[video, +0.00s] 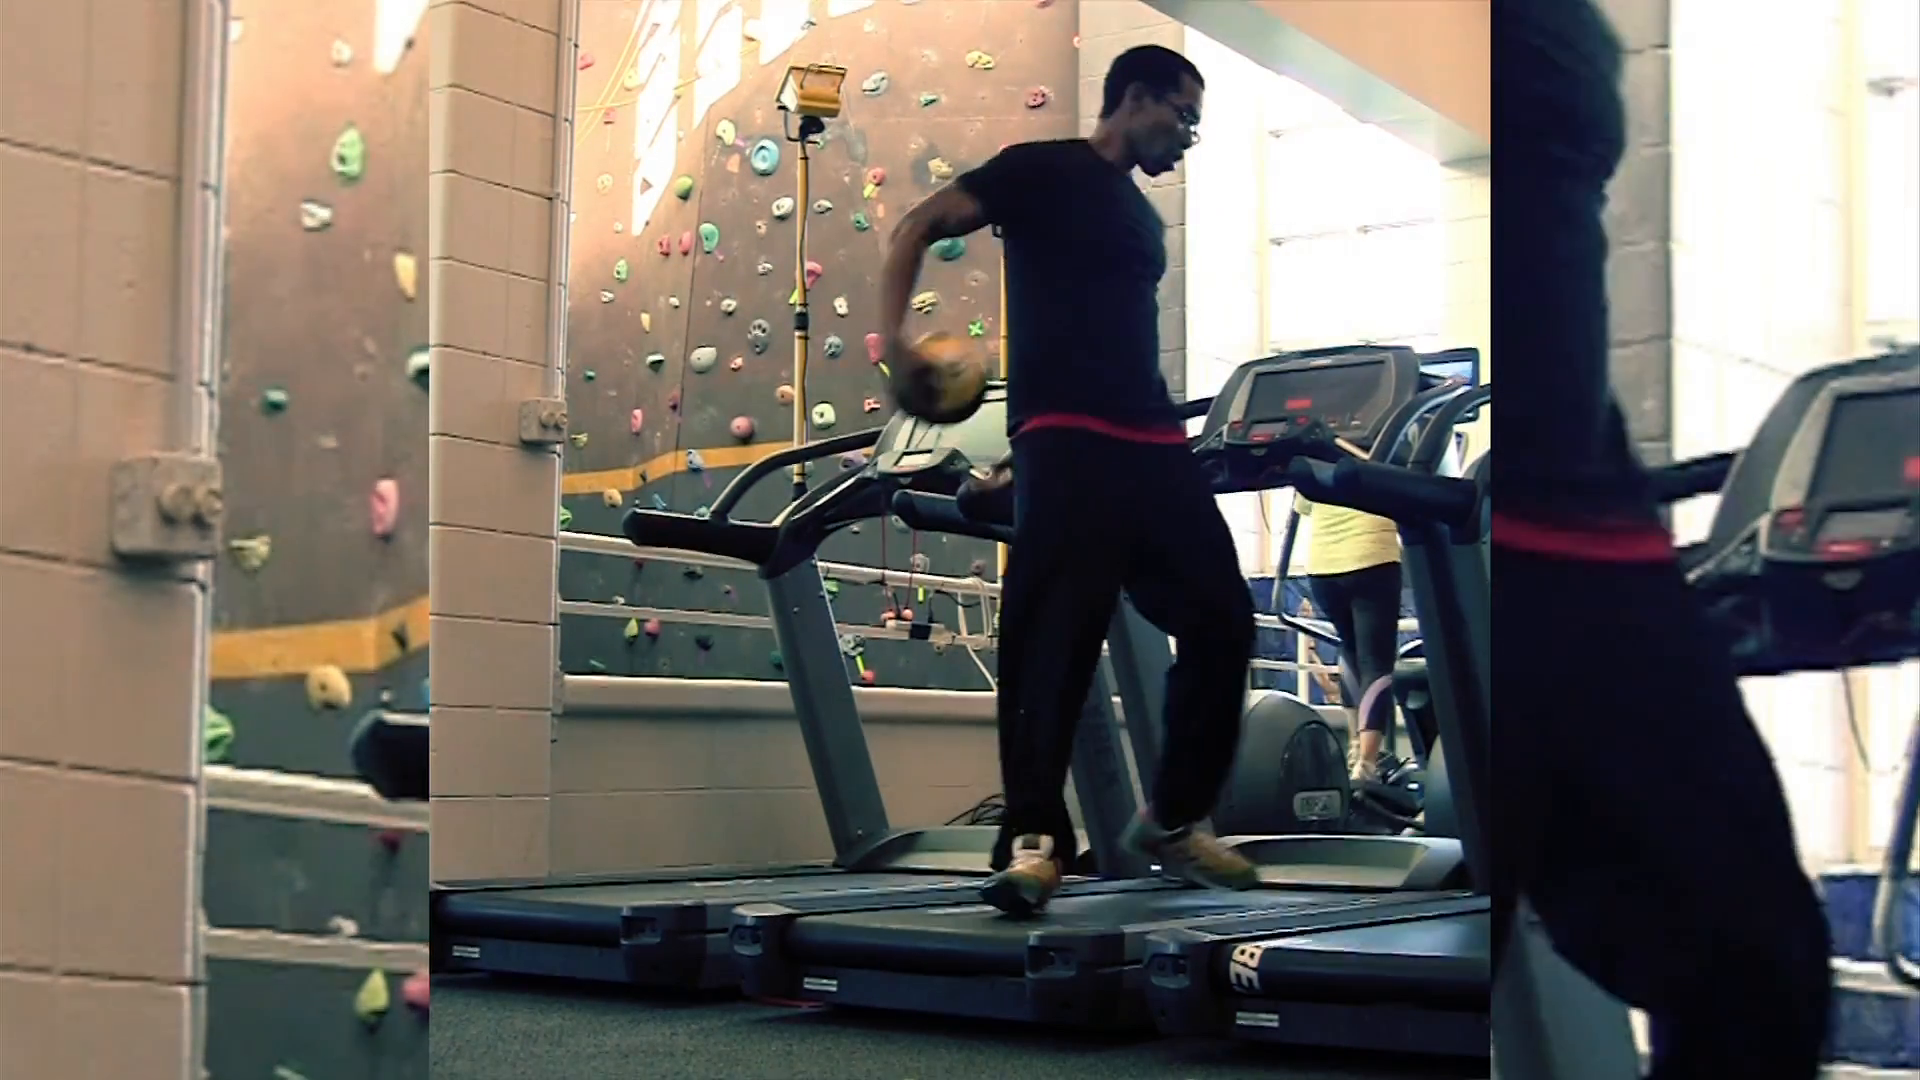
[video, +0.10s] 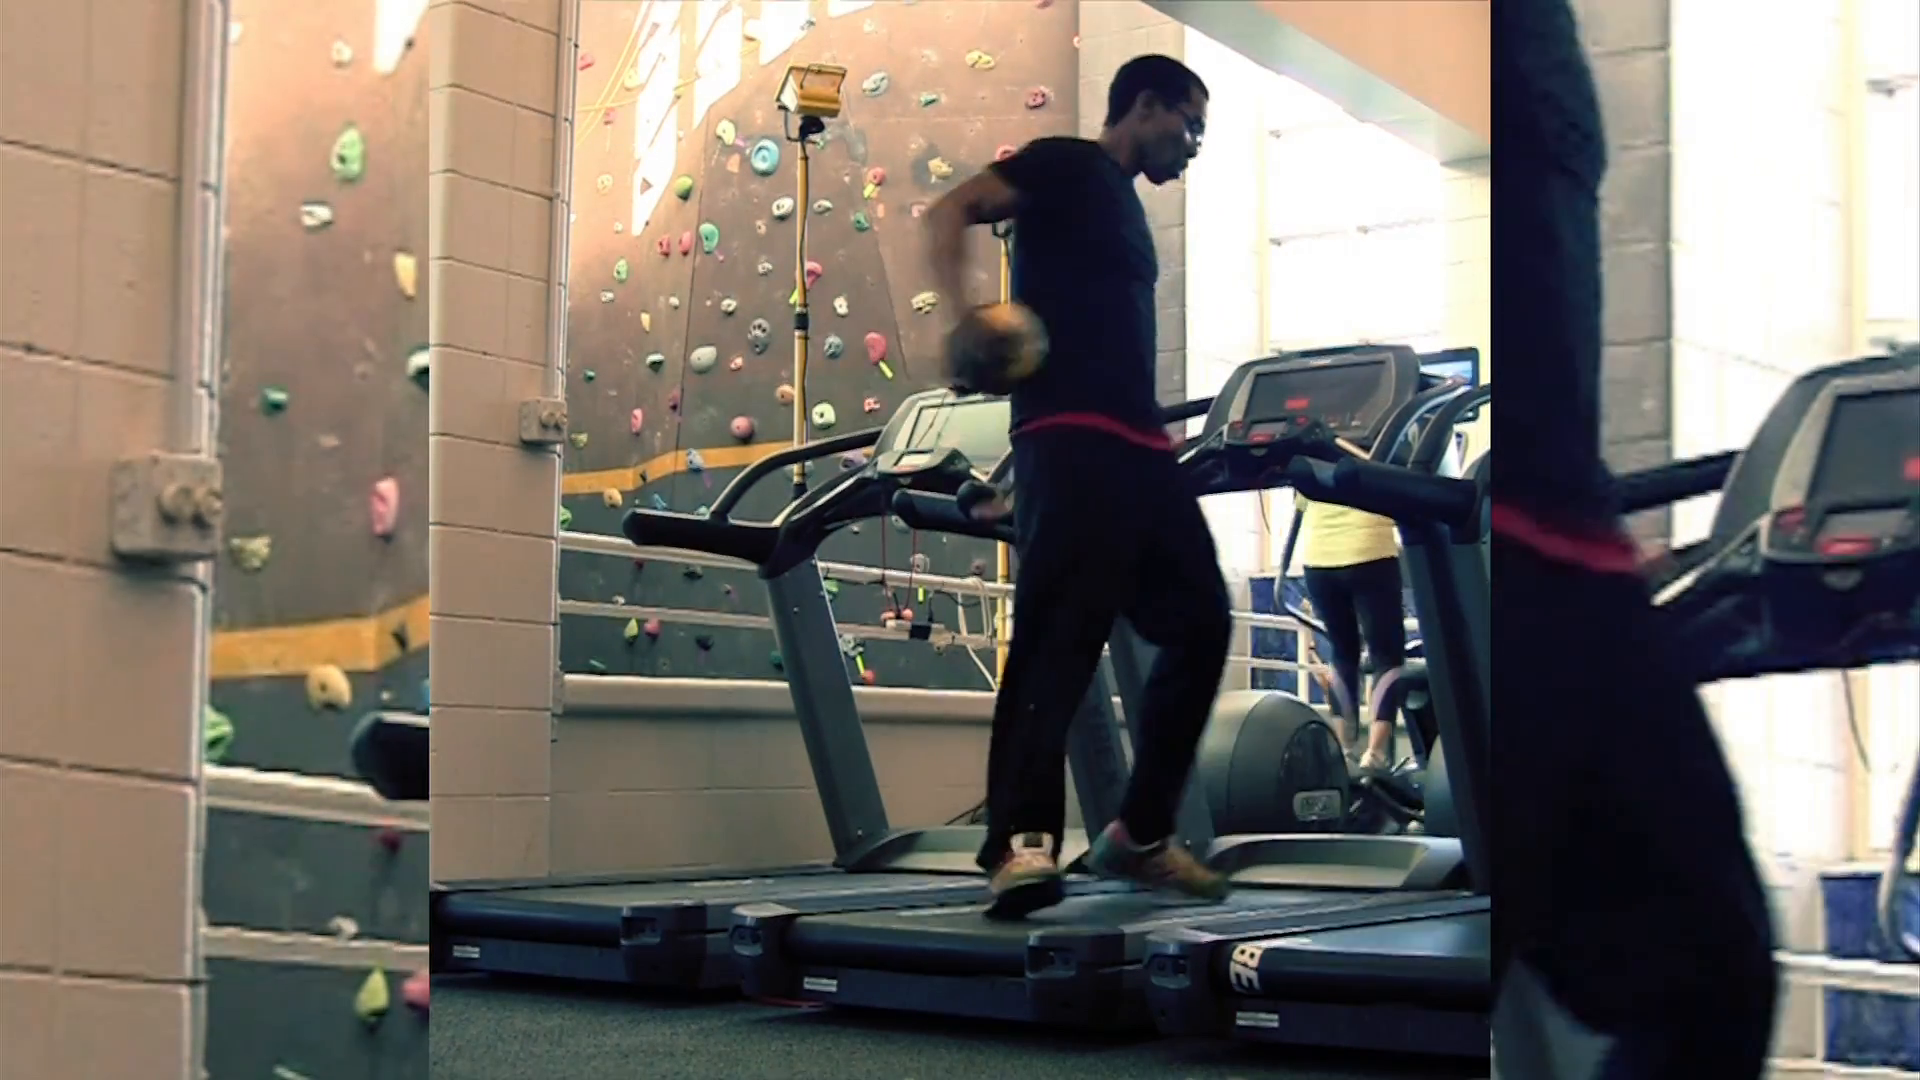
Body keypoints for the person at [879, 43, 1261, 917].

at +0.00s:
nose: (1186, 136)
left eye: (1193, 124)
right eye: (1179, 115)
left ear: (1153, 113)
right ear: (1130, 98)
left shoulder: (1141, 214)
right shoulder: (1042, 168)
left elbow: (1110, 342)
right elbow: (913, 226)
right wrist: (890, 338)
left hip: (1156, 451)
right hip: (1067, 446)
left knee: (1224, 627)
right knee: (1051, 636)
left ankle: (1176, 825)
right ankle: (1034, 838)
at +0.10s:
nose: (1192, 146)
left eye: (1197, 133)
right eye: (1187, 125)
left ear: (1147, 113)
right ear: (1141, 104)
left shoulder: (1124, 207)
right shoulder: (1068, 158)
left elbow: (1080, 335)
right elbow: (946, 214)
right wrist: (960, 318)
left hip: (1142, 455)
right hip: (1071, 447)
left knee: (1200, 627)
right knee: (1057, 639)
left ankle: (1141, 835)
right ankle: (1023, 844)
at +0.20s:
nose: (1194, 159)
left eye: (1199, 146)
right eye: (1189, 139)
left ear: (1149, 128)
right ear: (1147, 120)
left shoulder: (1117, 209)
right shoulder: (1093, 162)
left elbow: (1041, 345)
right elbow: (1006, 205)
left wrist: (1028, 488)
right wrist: (1068, 287)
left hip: (1115, 451)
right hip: (1077, 441)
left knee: (1177, 638)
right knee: (1071, 639)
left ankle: (1108, 848)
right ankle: (998, 854)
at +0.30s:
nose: (1188, 180)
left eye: (1195, 165)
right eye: (1187, 159)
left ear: (1136, 137)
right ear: (1150, 138)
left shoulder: (1060, 224)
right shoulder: (1096, 188)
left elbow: (1013, 369)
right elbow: (1089, 229)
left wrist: (1028, 489)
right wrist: (1175, 309)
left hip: (1075, 462)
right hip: (1082, 456)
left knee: (1156, 642)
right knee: (1088, 642)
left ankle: (1087, 856)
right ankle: (984, 857)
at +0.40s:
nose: (1184, 199)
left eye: (1188, 186)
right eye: (1184, 181)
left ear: (1117, 160)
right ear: (1152, 154)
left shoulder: (1034, 242)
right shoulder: (1126, 192)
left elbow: (1003, 377)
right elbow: (1152, 242)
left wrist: (1023, 467)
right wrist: (1251, 323)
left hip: (1036, 467)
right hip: (1095, 455)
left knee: (1115, 662)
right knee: (1117, 654)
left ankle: (1068, 856)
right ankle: (982, 843)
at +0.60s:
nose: (1191, 213)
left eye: (1193, 203)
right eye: (1188, 199)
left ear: (1114, 180)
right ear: (1163, 180)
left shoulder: (1042, 246)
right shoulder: (1150, 206)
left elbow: (1015, 370)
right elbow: (1212, 278)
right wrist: (1290, 374)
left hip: (1015, 476)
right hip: (1095, 467)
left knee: (1055, 672)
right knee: (1151, 668)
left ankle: (1046, 850)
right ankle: (1043, 818)